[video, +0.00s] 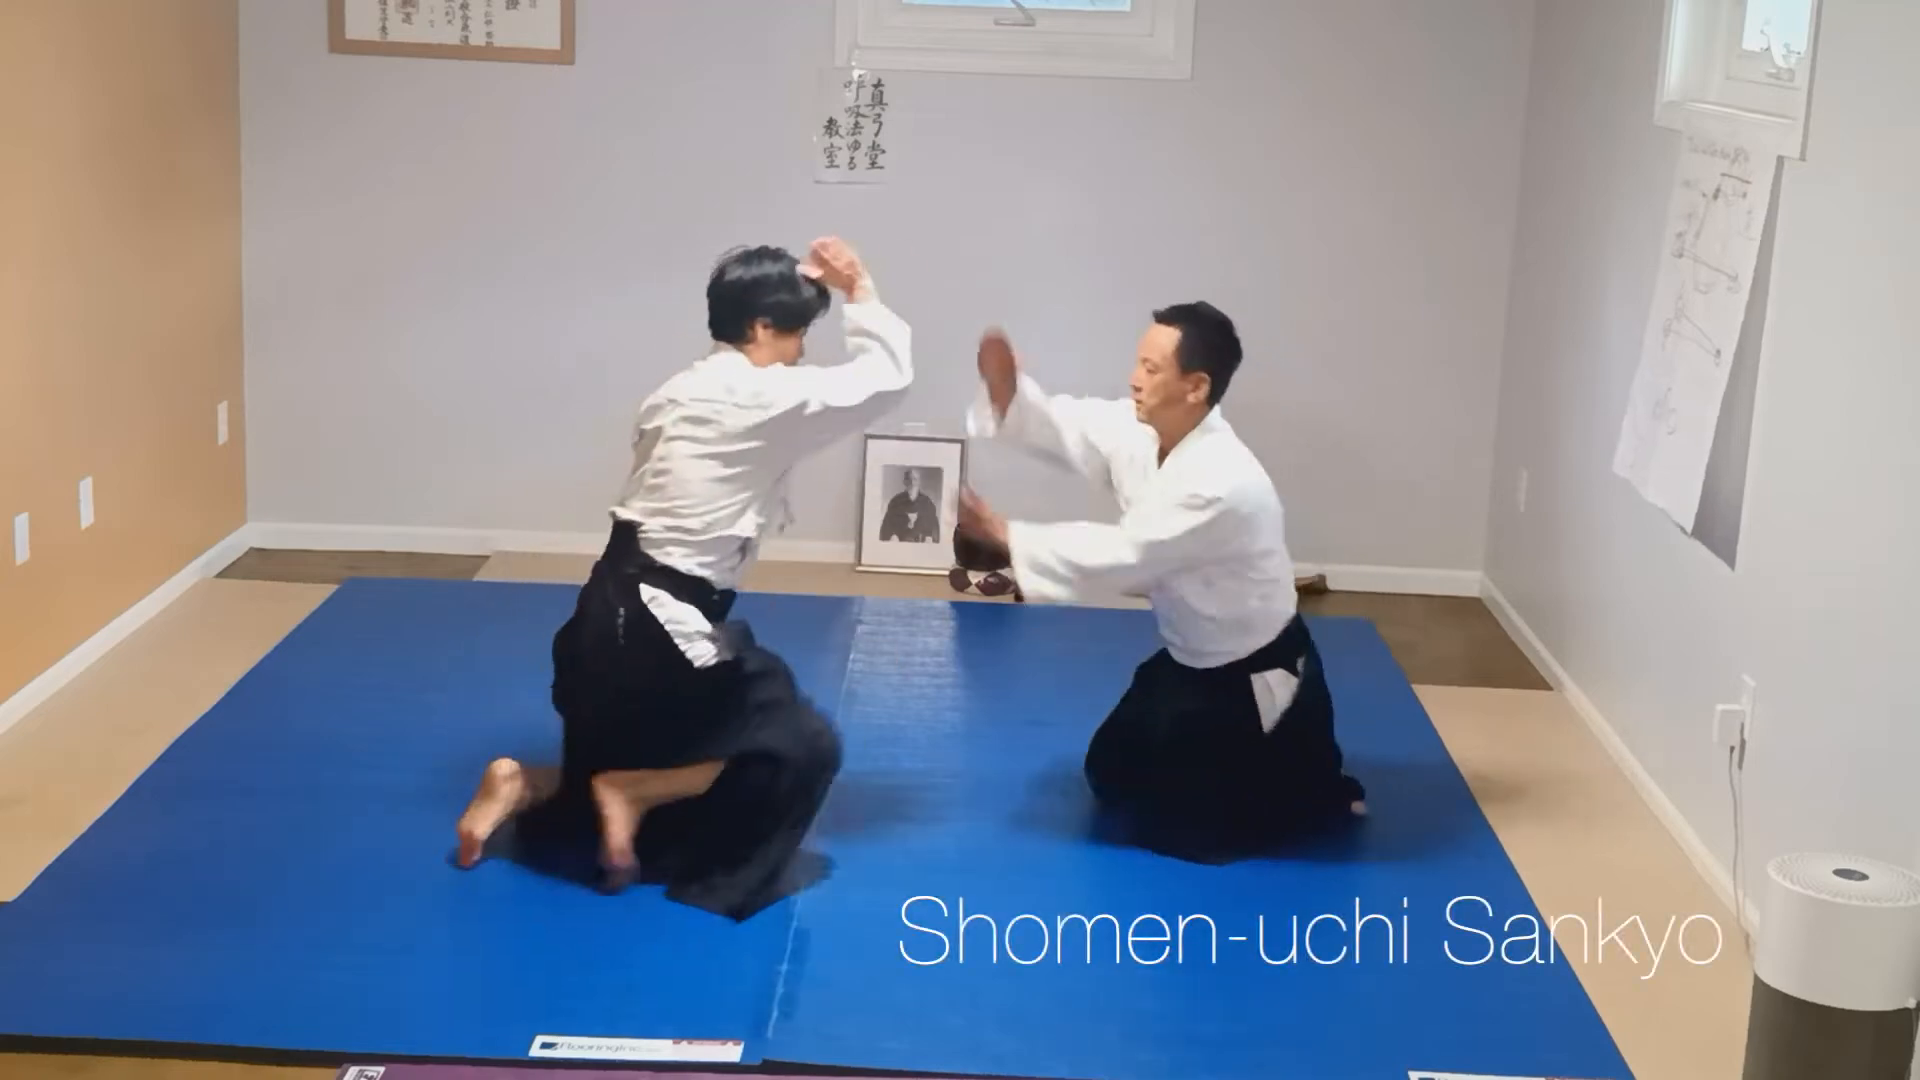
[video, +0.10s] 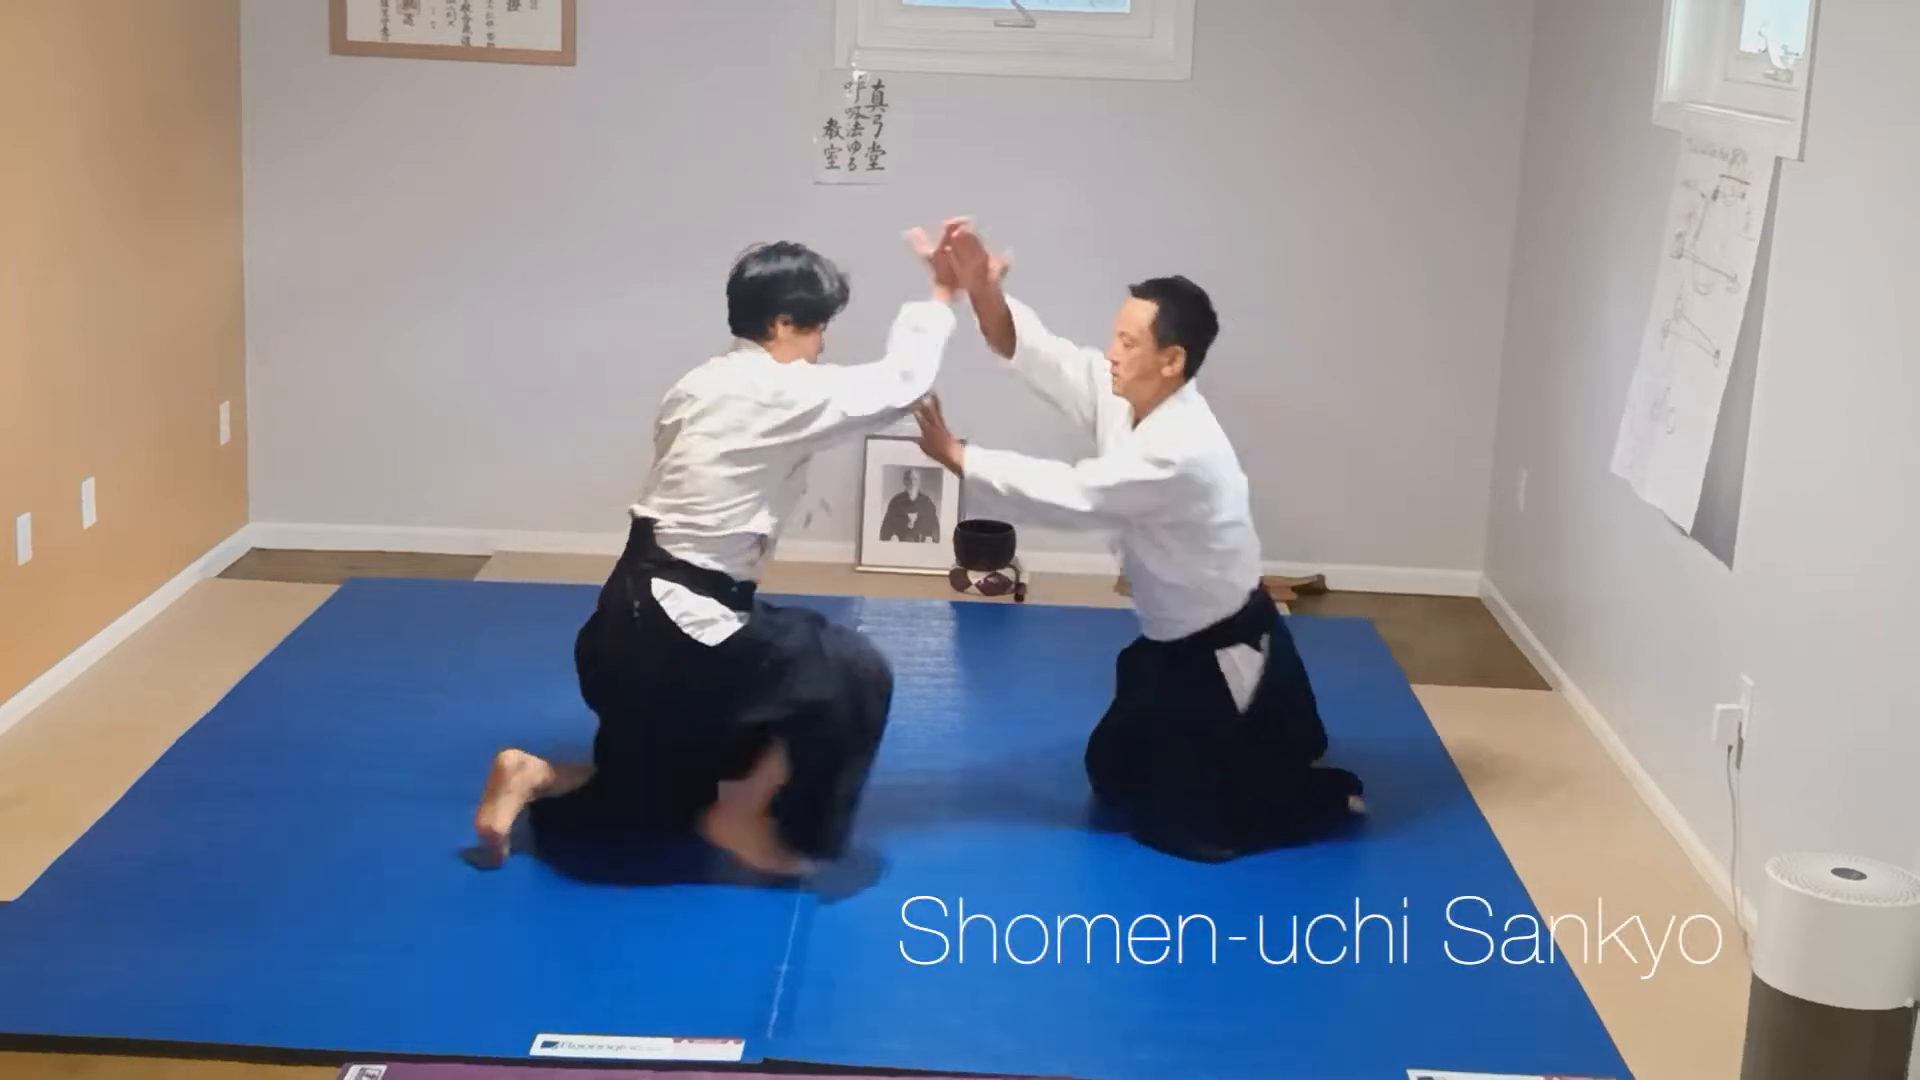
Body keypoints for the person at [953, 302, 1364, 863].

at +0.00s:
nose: (1133, 380)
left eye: (1149, 368)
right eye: (1137, 364)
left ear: (1196, 386)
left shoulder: (1222, 482)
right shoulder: (1138, 434)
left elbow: (1129, 555)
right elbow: (1070, 424)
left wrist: (1008, 538)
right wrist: (1013, 398)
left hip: (1258, 679)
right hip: (1187, 664)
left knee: (1181, 822)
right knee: (1111, 774)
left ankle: (1315, 799)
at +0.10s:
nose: (1111, 353)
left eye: (1129, 342)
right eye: (1115, 338)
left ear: (1172, 362)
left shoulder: (1180, 448)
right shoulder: (1122, 398)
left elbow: (1080, 496)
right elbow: (1035, 353)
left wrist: (954, 455)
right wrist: (982, 293)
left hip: (1225, 658)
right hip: (1166, 648)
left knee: (1185, 825)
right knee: (1115, 776)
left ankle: (1326, 801)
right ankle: (1269, 757)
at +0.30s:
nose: (1072, 318)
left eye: (1087, 309)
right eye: (1076, 304)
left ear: (1134, 324)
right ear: (1121, 319)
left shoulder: (1145, 404)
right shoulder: (1087, 370)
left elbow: (1052, 456)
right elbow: (1013, 310)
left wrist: (945, 405)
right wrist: (975, 231)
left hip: (1177, 614)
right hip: (1120, 609)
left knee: (1134, 803)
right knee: (1048, 732)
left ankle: (1280, 772)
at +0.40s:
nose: (1052, 316)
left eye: (1066, 304)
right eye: (1056, 300)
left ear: (1112, 315)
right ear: (1107, 313)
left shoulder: (1130, 400)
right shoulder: (1081, 369)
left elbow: (1036, 443)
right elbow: (997, 317)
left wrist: (935, 379)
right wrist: (927, 239)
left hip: (1160, 616)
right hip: (1104, 597)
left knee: (1094, 785)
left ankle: (1275, 757)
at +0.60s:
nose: (1015, 324)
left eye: (1025, 308)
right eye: (1017, 308)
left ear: (1068, 315)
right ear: (1066, 316)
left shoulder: (1093, 400)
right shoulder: (1061, 377)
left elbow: (986, 433)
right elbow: (960, 367)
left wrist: (893, 369)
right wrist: (892, 334)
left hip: (1126, 619)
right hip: (1075, 600)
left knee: (1059, 777)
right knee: (951, 633)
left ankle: (1250, 761)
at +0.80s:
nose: (984, 341)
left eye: (991, 326)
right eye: (985, 326)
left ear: (1027, 330)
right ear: (1038, 329)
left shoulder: (1041, 410)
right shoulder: (1086, 395)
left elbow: (937, 451)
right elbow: (952, 460)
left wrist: (834, 397)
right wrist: (859, 449)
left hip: (1092, 628)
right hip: (1145, 623)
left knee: (929, 635)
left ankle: (914, 837)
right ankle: (1153, 790)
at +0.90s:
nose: (976, 356)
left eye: (980, 342)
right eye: (976, 341)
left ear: (1014, 346)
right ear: (1034, 344)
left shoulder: (1013, 427)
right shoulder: (1091, 415)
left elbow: (902, 467)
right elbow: (1000, 506)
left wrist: (814, 433)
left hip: (1081, 643)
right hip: (1152, 638)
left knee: (920, 634)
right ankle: (1159, 795)